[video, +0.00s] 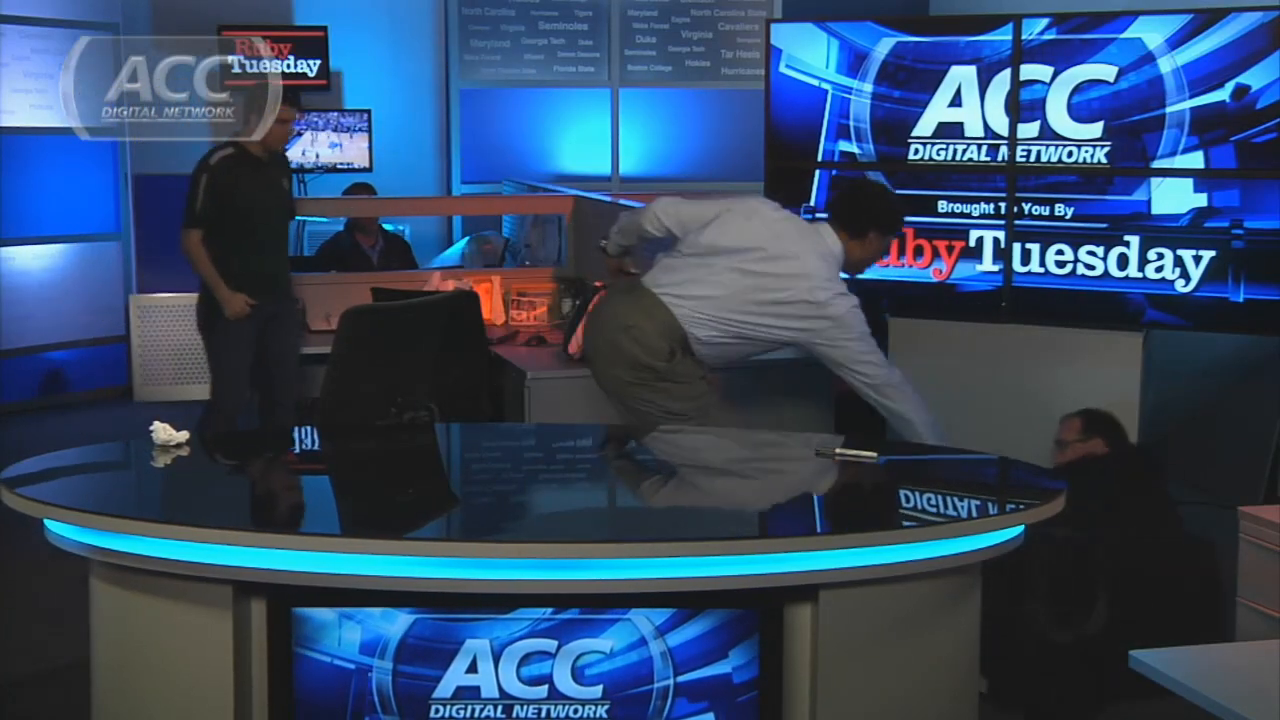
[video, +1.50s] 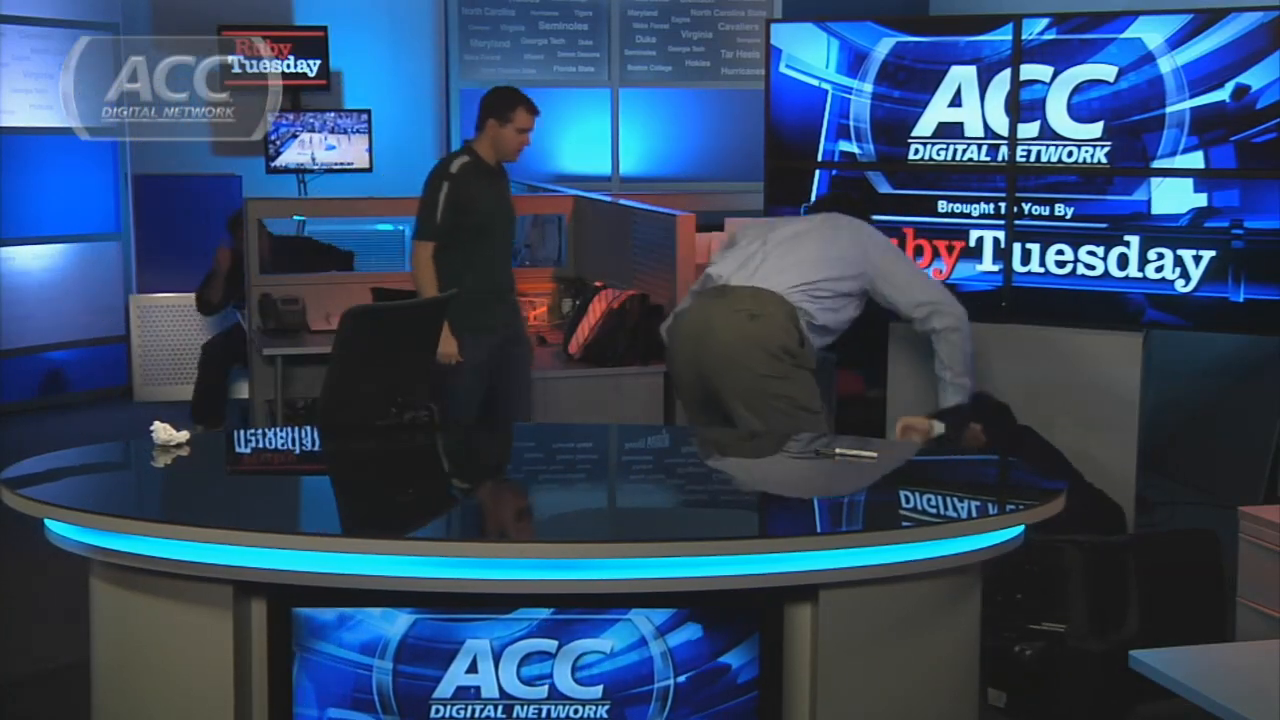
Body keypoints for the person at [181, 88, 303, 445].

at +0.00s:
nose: (290, 131)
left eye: (293, 123)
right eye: (283, 122)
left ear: (289, 125)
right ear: (259, 120)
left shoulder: (279, 165)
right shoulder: (217, 165)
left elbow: (276, 236)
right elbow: (191, 239)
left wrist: (285, 293)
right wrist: (225, 296)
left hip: (276, 304)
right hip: (231, 306)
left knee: (280, 396)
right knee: (230, 398)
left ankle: (276, 474)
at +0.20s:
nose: (318, 132)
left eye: (321, 124)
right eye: (311, 123)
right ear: (285, 120)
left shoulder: (307, 168)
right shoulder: (243, 164)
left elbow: (308, 239)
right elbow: (213, 238)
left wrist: (316, 292)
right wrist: (230, 303)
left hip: (300, 299)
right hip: (258, 302)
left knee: (301, 397)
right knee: (280, 399)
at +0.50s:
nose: (361, 141)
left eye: (363, 133)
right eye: (354, 132)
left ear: (331, 131)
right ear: (326, 129)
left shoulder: (344, 177)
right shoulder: (284, 175)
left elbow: (346, 250)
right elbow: (252, 246)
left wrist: (367, 307)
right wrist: (251, 319)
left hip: (335, 309)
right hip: (294, 310)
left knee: (335, 403)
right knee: (308, 404)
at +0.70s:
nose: (392, 140)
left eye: (393, 132)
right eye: (384, 132)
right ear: (357, 130)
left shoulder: (374, 172)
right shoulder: (314, 176)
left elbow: (377, 250)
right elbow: (286, 254)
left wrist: (394, 309)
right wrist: (295, 328)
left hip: (370, 319)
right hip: (326, 321)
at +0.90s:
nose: (420, 138)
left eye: (421, 129)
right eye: (413, 128)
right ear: (385, 126)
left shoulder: (399, 169)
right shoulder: (343, 172)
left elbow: (399, 250)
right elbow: (317, 253)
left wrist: (424, 310)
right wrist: (344, 319)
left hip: (396, 317)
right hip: (357, 323)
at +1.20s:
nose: (465, 142)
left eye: (468, 133)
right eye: (459, 132)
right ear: (429, 128)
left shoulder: (440, 174)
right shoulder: (389, 176)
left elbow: (438, 260)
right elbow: (368, 260)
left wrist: (462, 319)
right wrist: (402, 318)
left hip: (443, 321)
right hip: (404, 325)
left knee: (456, 419)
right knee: (404, 422)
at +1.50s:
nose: (526, 141)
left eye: (529, 133)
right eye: (520, 131)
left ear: (497, 128)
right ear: (492, 126)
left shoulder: (498, 176)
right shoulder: (449, 173)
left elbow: (494, 256)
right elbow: (422, 254)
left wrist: (513, 318)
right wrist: (439, 326)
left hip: (504, 324)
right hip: (464, 328)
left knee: (500, 434)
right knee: (460, 434)